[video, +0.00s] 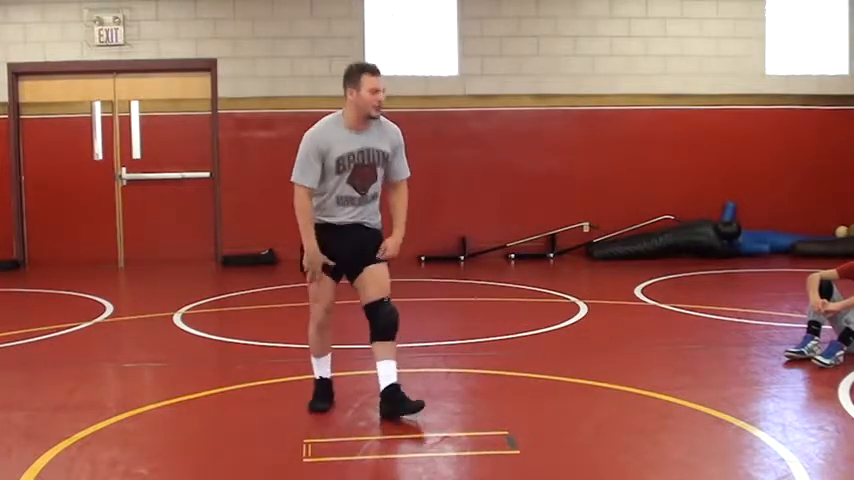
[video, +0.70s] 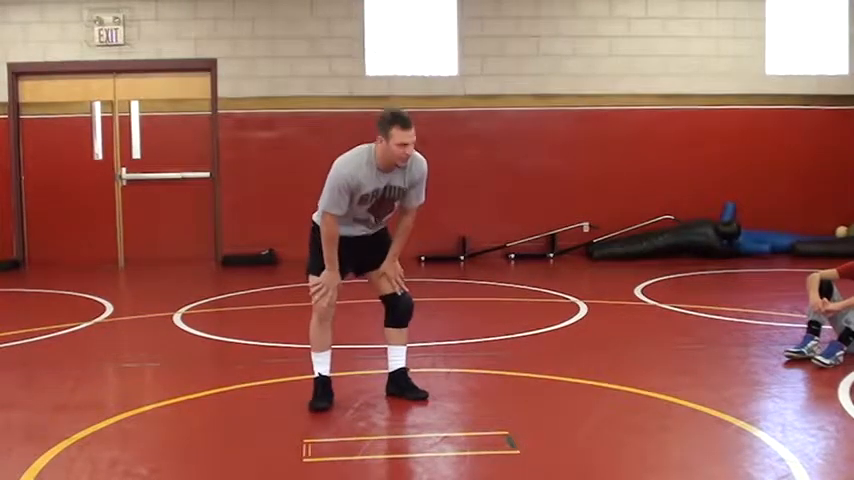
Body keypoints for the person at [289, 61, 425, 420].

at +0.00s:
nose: (381, 98)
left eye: (382, 92)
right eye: (374, 92)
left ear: (379, 95)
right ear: (351, 93)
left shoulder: (390, 135)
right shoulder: (318, 137)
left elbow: (398, 185)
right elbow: (302, 193)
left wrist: (397, 233)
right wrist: (310, 248)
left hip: (367, 230)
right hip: (324, 230)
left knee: (383, 313)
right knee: (321, 313)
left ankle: (390, 393)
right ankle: (322, 384)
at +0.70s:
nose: (409, 152)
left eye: (412, 144)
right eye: (402, 145)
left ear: (415, 142)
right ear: (381, 142)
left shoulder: (416, 167)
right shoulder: (347, 169)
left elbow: (408, 214)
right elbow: (328, 220)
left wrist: (393, 257)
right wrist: (331, 270)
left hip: (373, 233)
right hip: (332, 233)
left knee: (399, 303)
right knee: (323, 306)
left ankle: (397, 377)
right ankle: (322, 383)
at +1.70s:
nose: (407, 152)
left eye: (411, 145)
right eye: (400, 146)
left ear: (415, 142)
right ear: (381, 141)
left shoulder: (419, 166)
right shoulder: (348, 169)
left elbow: (414, 210)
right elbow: (327, 219)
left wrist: (400, 257)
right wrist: (328, 270)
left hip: (378, 237)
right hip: (335, 237)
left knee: (402, 304)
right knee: (320, 304)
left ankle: (398, 377)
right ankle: (318, 382)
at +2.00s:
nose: (413, 128)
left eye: (419, 121)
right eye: (407, 121)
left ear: (425, 117)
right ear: (390, 114)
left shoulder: (428, 146)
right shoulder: (358, 141)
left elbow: (431, 185)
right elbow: (327, 186)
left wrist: (420, 227)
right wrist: (337, 240)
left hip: (390, 231)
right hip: (347, 230)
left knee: (406, 305)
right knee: (332, 306)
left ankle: (397, 377)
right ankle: (322, 380)